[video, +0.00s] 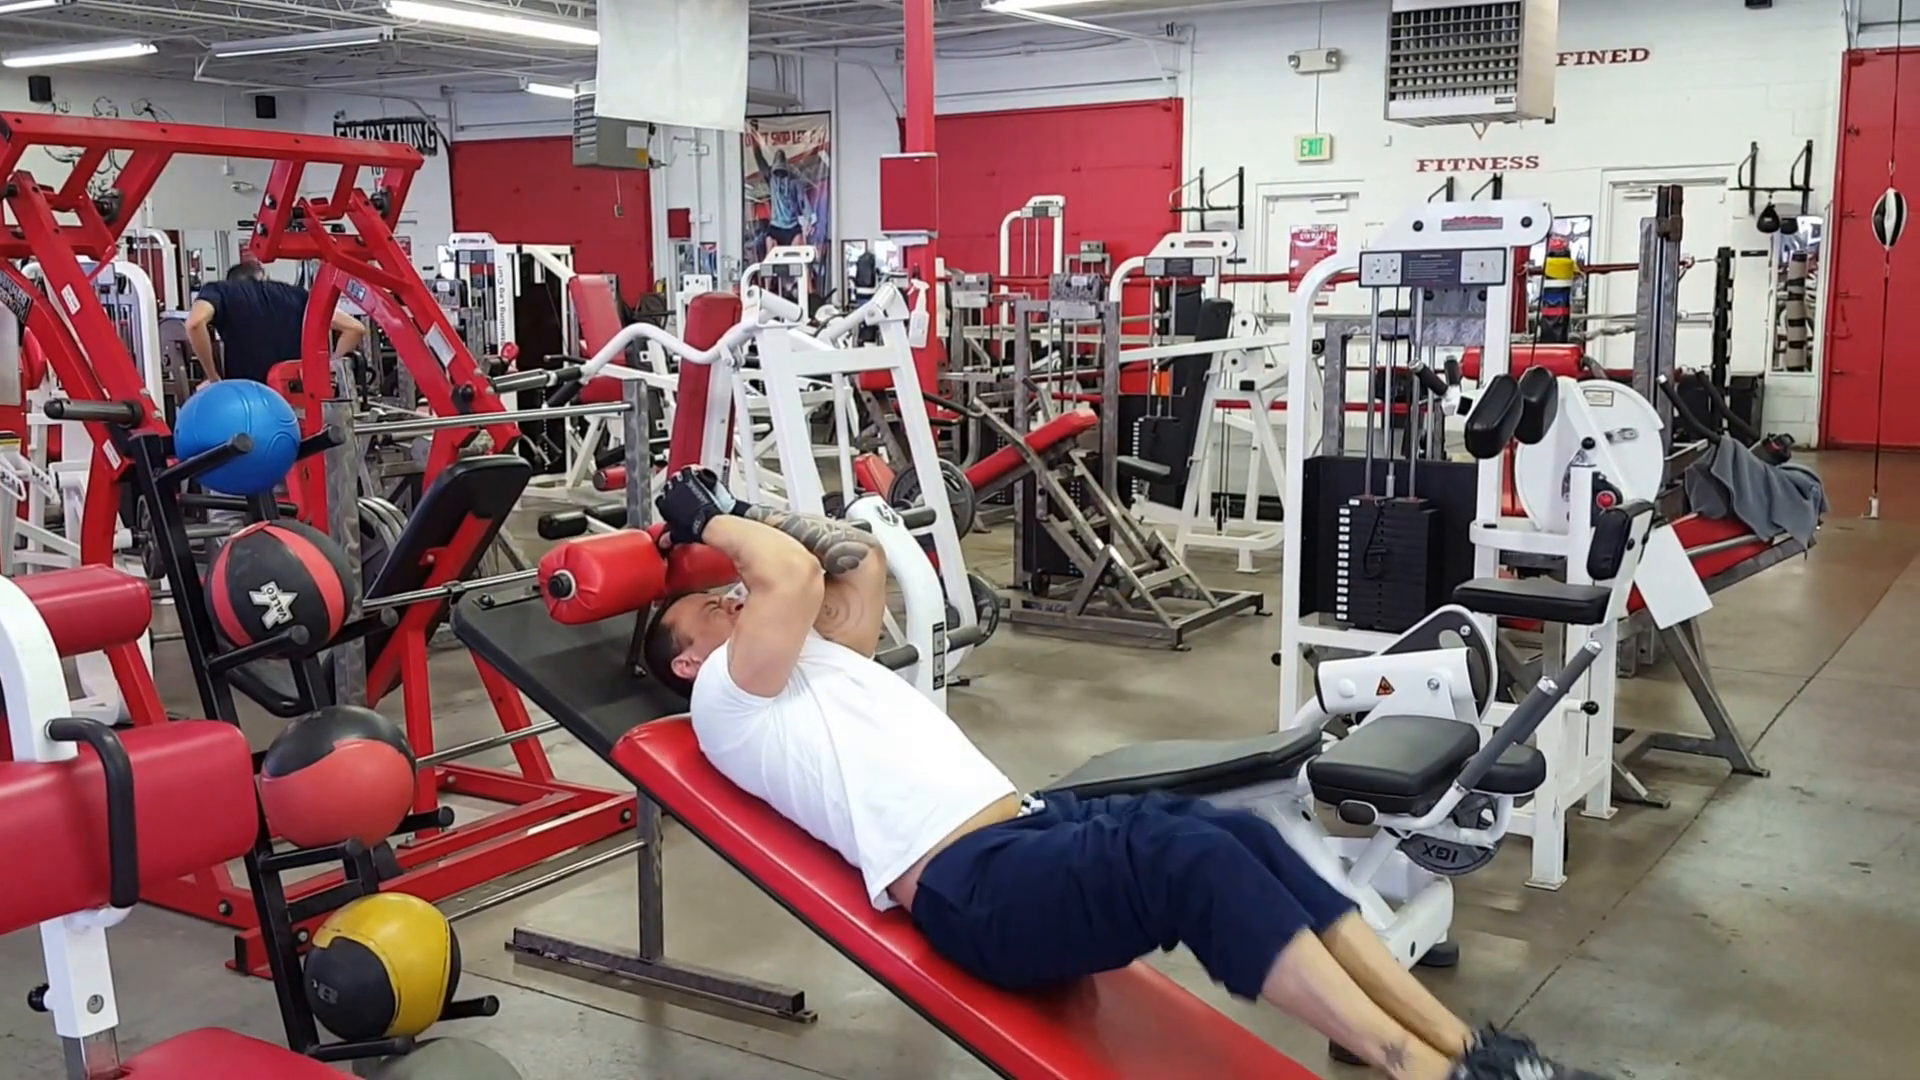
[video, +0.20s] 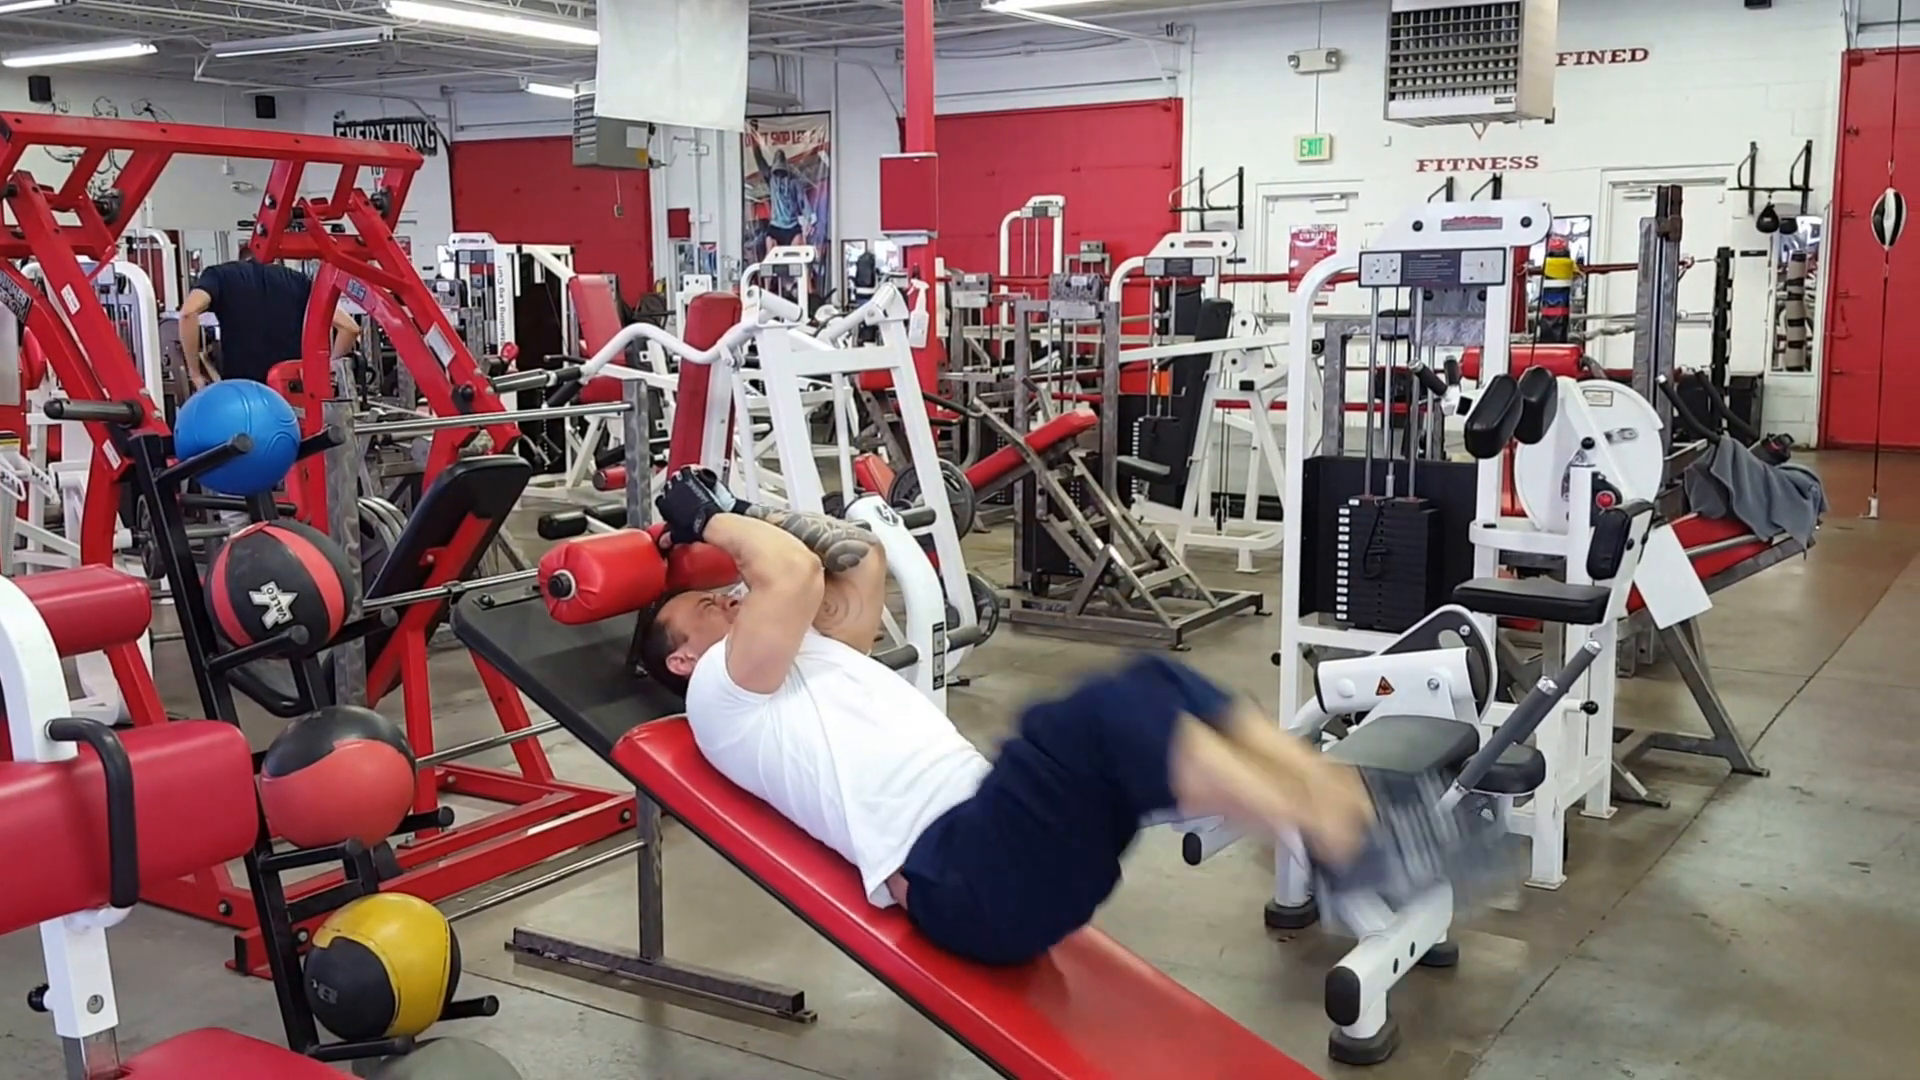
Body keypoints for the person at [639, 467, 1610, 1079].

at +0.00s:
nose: (735, 601)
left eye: (728, 593)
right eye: (710, 603)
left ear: (740, 610)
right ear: (684, 644)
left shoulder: (827, 665)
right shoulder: (722, 698)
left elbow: (868, 561)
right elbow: (790, 572)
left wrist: (765, 546)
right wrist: (709, 528)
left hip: (1041, 821)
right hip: (968, 874)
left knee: (1248, 838)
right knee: (1194, 854)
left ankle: (1454, 1042)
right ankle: (1397, 1059)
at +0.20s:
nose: (725, 603)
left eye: (716, 597)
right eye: (702, 607)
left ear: (722, 621)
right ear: (682, 655)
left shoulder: (818, 655)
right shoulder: (720, 702)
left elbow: (866, 559)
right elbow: (792, 569)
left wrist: (770, 527)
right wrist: (713, 525)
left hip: (1013, 838)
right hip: (958, 879)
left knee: (1156, 678)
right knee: (1103, 711)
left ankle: (1362, 829)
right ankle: (1325, 837)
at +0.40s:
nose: (725, 605)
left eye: (720, 597)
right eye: (701, 608)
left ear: (742, 603)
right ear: (671, 660)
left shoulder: (805, 656)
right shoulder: (707, 694)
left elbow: (863, 562)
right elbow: (785, 573)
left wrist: (756, 529)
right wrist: (711, 521)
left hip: (1025, 816)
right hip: (962, 840)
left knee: (970, 595)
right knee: (942, 600)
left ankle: (1163, 502)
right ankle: (1155, 500)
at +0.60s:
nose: (715, 605)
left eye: (708, 600)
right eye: (694, 612)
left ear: (721, 604)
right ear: (671, 663)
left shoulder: (786, 669)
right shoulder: (702, 695)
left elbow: (841, 610)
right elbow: (783, 574)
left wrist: (768, 553)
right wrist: (709, 519)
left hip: (1031, 713)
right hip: (967, 744)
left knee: (940, 508)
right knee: (874, 506)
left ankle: (1013, 306)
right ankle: (997, 296)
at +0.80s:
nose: (721, 606)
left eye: (712, 603)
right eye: (697, 613)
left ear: (728, 612)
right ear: (668, 660)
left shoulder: (780, 665)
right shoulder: (700, 691)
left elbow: (864, 595)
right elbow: (774, 569)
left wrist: (781, 544)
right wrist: (704, 516)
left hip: (1026, 675)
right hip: (964, 694)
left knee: (963, 454)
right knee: (902, 448)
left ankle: (986, 214)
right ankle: (955, 195)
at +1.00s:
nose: (722, 612)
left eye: (715, 607)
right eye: (699, 617)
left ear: (727, 614)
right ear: (672, 666)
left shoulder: (795, 664)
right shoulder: (704, 696)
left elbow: (848, 604)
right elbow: (781, 574)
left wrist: (754, 527)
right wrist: (706, 517)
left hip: (1039, 719)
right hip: (966, 753)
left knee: (940, 524)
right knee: (879, 515)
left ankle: (1039, 331)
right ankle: (1027, 328)